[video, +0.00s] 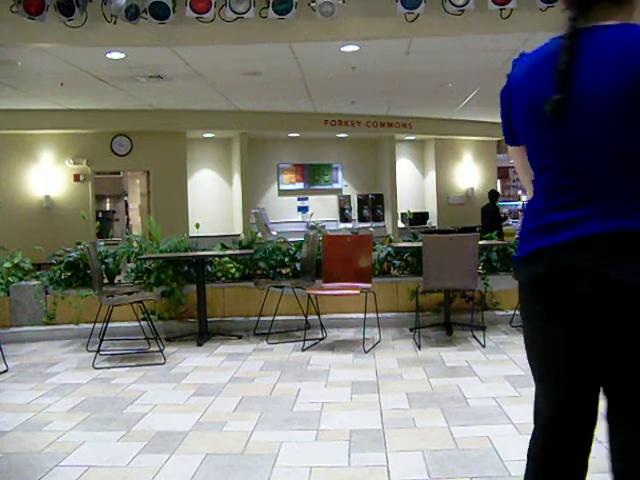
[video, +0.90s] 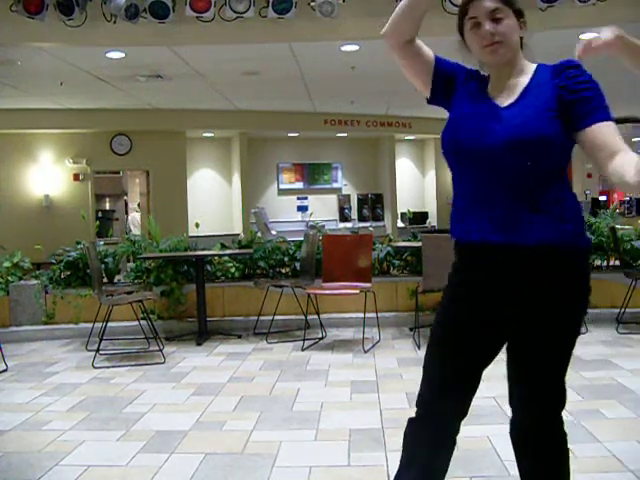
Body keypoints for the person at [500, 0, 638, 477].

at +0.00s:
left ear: (568, 1)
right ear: (632, 1)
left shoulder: (528, 71)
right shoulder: (634, 48)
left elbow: (531, 182)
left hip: (549, 263)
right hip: (632, 262)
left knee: (558, 430)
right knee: (637, 432)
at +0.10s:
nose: (619, 7)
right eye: (616, 3)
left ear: (550, 4)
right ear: (607, 1)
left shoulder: (520, 70)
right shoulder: (625, 43)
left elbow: (524, 147)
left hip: (537, 247)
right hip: (619, 244)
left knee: (556, 416)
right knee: (622, 418)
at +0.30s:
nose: (596, 5)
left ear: (549, 7)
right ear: (556, 4)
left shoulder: (538, 61)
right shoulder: (541, 65)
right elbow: (633, 111)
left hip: (554, 265)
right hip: (548, 270)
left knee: (559, 418)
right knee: (590, 435)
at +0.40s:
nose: (584, 13)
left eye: (582, 4)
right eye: (575, 4)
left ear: (545, 16)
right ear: (540, 14)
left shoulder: (563, 85)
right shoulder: (506, 72)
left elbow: (578, 189)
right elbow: (586, 99)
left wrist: (636, 187)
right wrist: (637, 45)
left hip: (578, 274)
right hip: (521, 275)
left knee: (559, 442)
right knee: (554, 447)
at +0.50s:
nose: (567, 20)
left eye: (568, 11)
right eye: (553, 11)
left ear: (578, 25)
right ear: (514, 22)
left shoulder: (589, 94)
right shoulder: (483, 77)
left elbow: (614, 184)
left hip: (582, 271)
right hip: (506, 271)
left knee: (564, 436)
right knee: (531, 439)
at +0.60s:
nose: (542, 18)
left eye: (546, 8)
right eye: (526, 11)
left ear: (555, 15)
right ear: (499, 25)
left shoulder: (593, 88)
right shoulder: (480, 86)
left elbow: (630, 179)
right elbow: (458, 42)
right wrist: (515, 1)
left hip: (578, 267)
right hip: (497, 266)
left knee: (556, 422)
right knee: (506, 425)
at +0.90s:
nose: (488, 30)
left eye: (498, 17)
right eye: (475, 24)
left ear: (521, 24)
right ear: (465, 40)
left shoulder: (563, 80)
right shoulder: (461, 88)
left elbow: (615, 157)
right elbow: (398, 37)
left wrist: (637, 176)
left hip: (552, 268)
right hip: (476, 268)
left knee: (536, 419)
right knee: (435, 412)